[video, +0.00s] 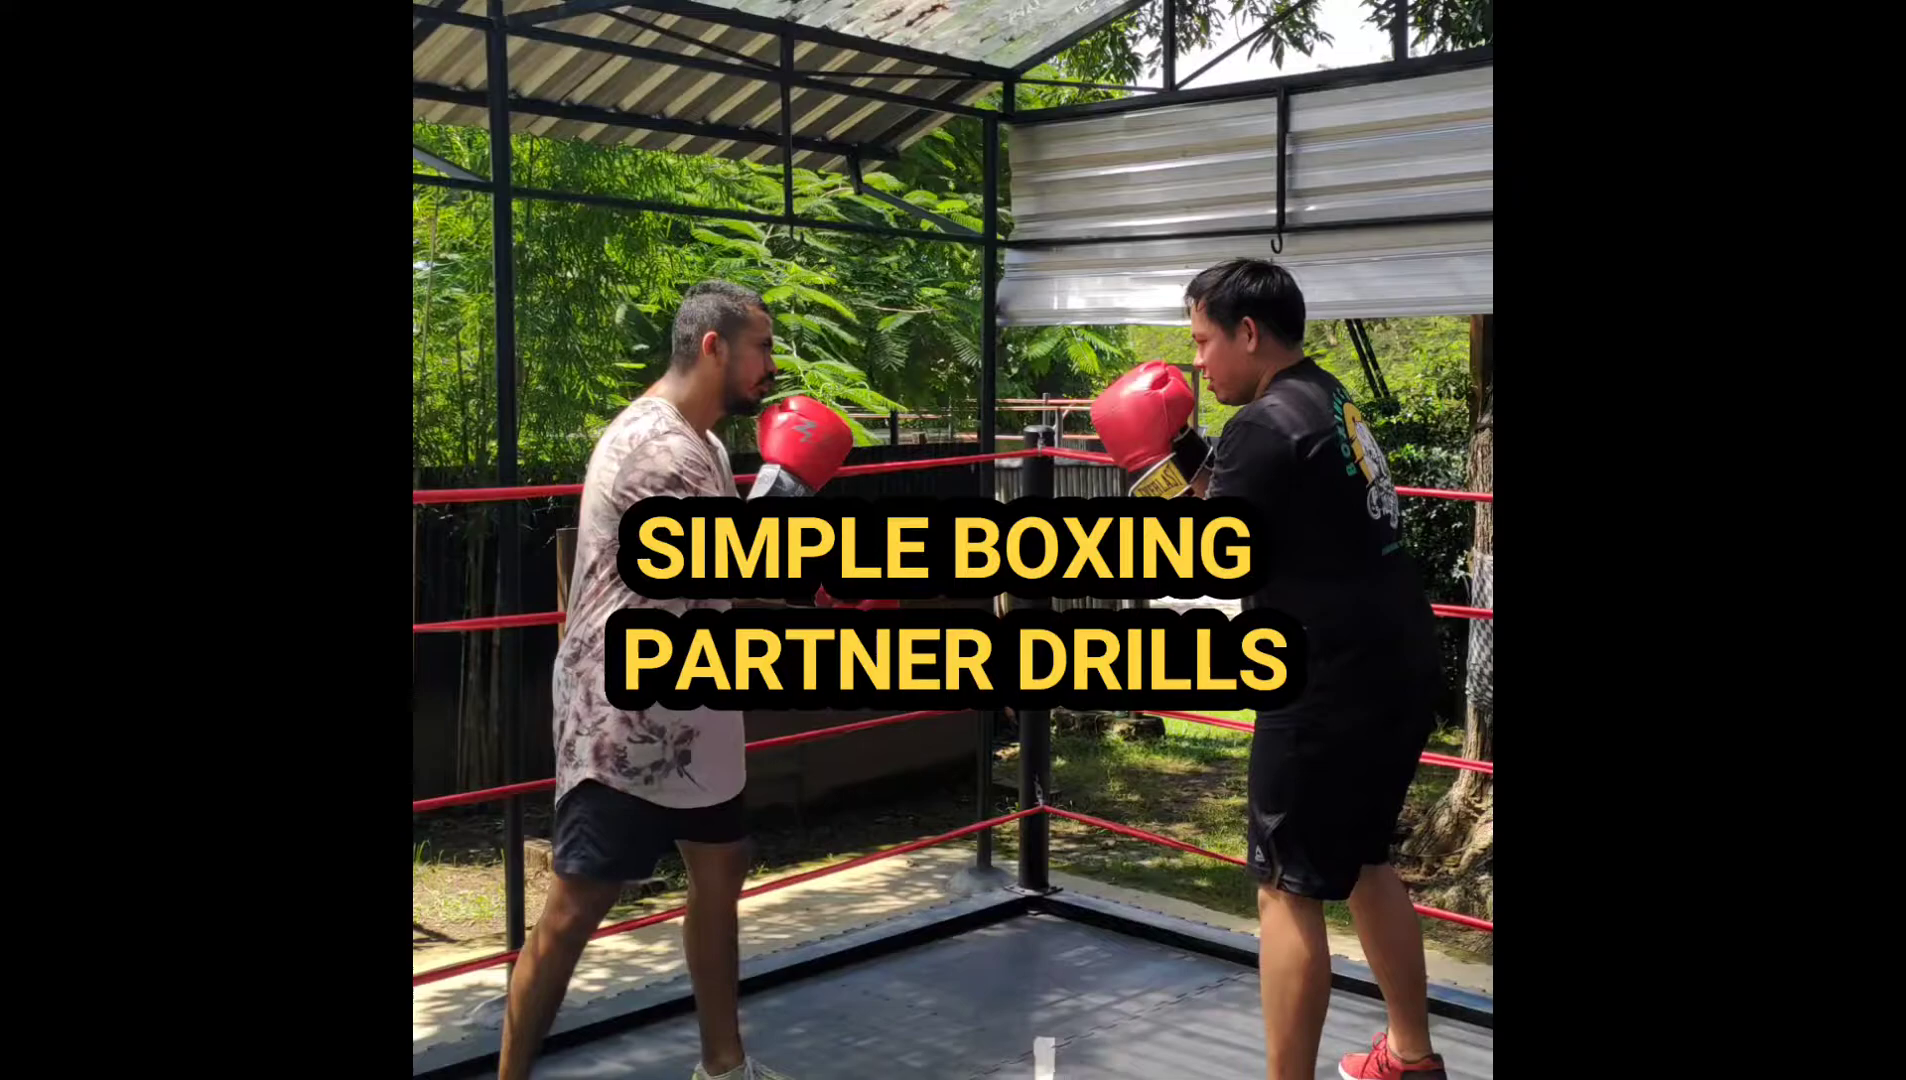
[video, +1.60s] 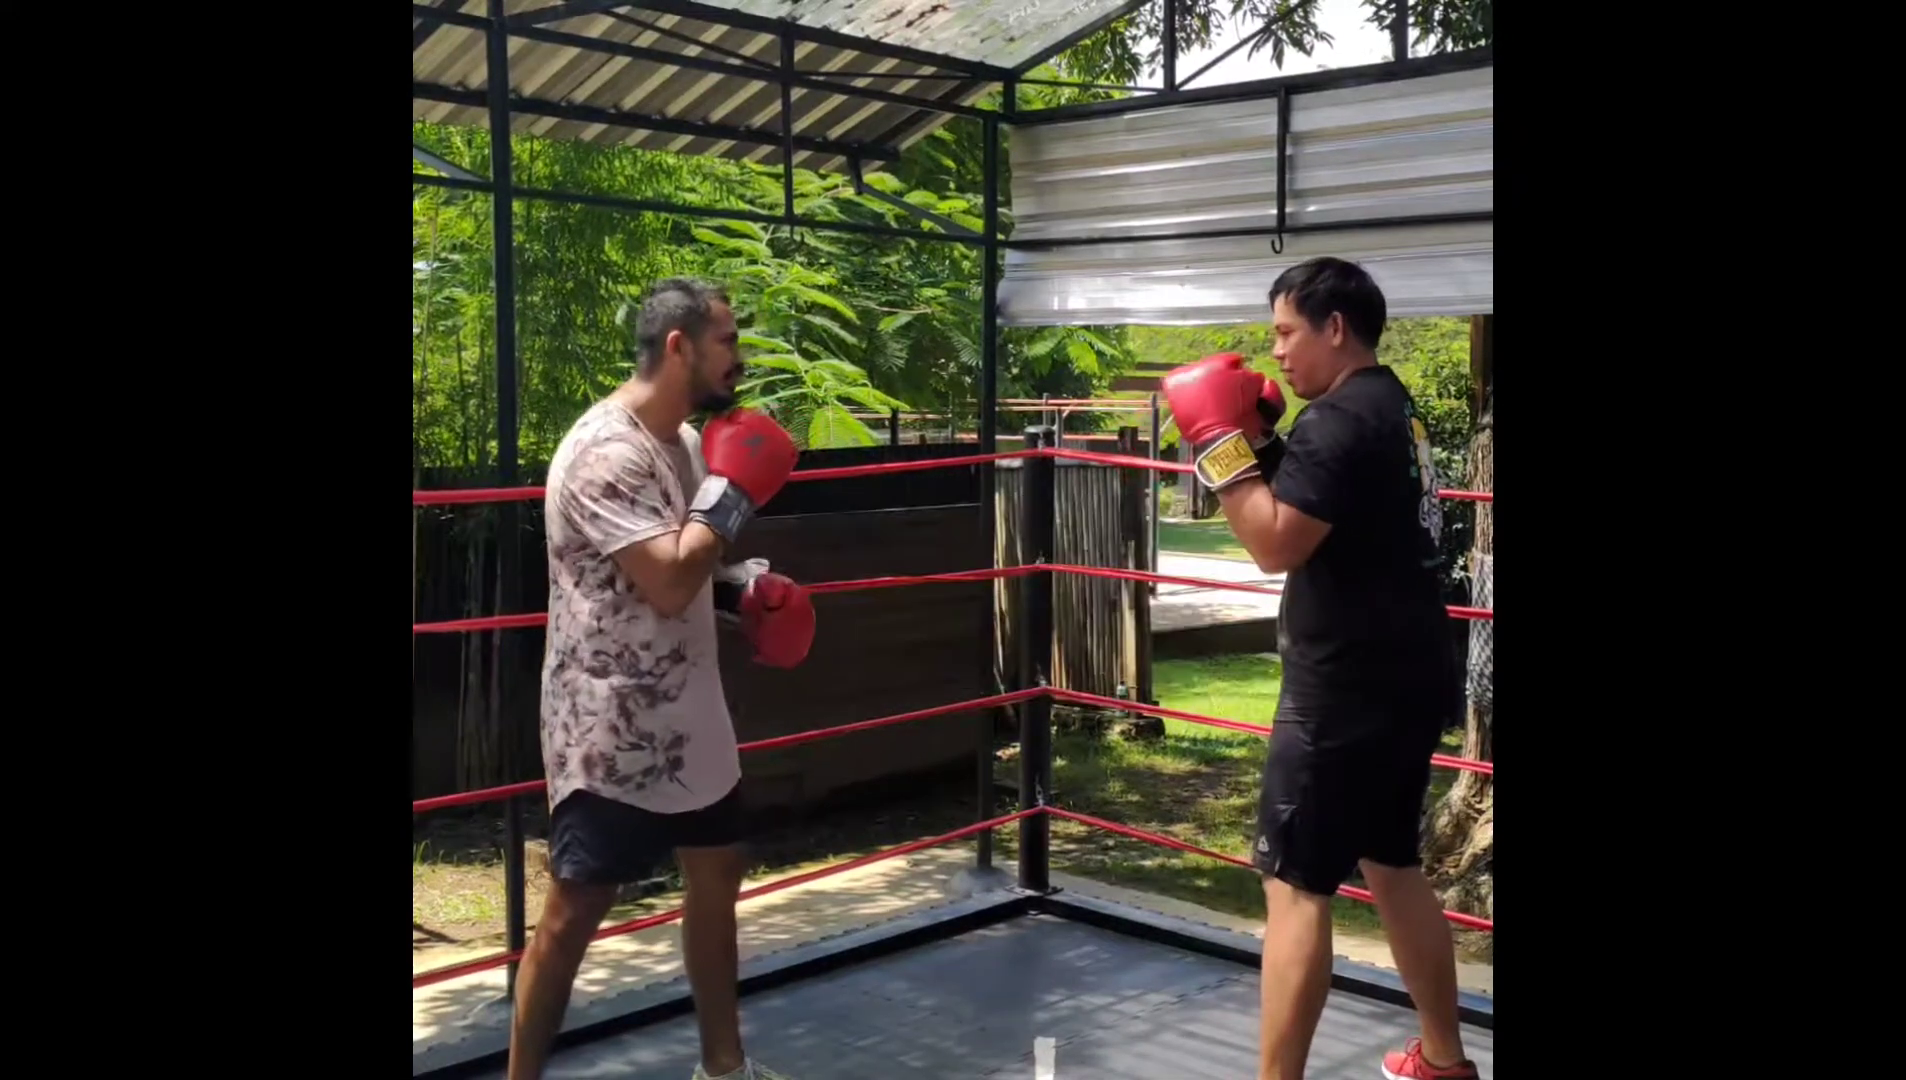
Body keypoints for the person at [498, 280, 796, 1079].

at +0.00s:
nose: (771, 366)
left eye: (772, 350)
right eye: (762, 348)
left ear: (708, 351)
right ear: (710, 347)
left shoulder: (704, 443)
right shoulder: (656, 449)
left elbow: (724, 569)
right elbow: (715, 587)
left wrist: (781, 488)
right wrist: (779, 488)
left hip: (696, 712)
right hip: (618, 719)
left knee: (720, 872)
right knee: (568, 917)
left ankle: (724, 1061)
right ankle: (510, 1072)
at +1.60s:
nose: (737, 358)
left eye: (737, 342)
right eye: (727, 341)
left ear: (682, 349)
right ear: (677, 346)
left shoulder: (683, 445)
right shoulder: (600, 454)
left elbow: (682, 564)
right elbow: (669, 584)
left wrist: (747, 585)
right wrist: (731, 489)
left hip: (691, 719)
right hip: (606, 727)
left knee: (716, 879)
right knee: (569, 919)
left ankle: (723, 1062)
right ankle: (521, 1074)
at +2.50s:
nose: (743, 381)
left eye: (745, 365)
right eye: (735, 364)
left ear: (688, 366)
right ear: (681, 362)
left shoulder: (697, 459)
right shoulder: (587, 461)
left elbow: (694, 561)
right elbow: (624, 585)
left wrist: (756, 555)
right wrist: (705, 511)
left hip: (702, 728)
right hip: (603, 743)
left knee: (767, 876)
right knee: (562, 933)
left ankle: (767, 1062)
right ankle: (517, 1076)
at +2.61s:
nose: (776, 367)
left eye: (778, 351)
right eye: (766, 350)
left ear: (721, 351)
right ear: (710, 346)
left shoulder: (746, 450)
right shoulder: (617, 441)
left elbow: (814, 513)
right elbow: (626, 551)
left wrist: (866, 487)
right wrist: (719, 486)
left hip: (735, 710)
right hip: (626, 720)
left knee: (775, 873)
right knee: (574, 912)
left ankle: (767, 1060)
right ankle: (521, 1074)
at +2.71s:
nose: (795, 367)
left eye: (798, 352)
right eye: (783, 350)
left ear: (760, 352)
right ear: (728, 346)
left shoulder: (790, 441)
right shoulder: (639, 437)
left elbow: (894, 467)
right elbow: (629, 547)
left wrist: (954, 419)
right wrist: (731, 486)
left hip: (749, 716)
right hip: (636, 722)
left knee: (788, 873)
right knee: (576, 907)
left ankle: (768, 1059)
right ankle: (525, 1074)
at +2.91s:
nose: (811, 375)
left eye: (813, 358)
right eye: (799, 357)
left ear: (762, 360)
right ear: (742, 354)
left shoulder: (797, 449)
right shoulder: (652, 443)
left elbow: (900, 512)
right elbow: (644, 563)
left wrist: (945, 476)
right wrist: (746, 496)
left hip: (761, 718)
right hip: (646, 719)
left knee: (800, 874)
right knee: (578, 902)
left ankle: (770, 1059)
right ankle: (524, 1073)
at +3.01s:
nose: (796, 374)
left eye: (797, 358)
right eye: (784, 357)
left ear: (746, 358)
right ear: (729, 354)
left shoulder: (778, 456)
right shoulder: (636, 447)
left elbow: (815, 558)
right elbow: (636, 566)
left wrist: (860, 549)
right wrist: (733, 501)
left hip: (751, 722)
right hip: (638, 724)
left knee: (790, 874)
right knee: (572, 905)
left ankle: (770, 1059)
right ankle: (511, 1073)